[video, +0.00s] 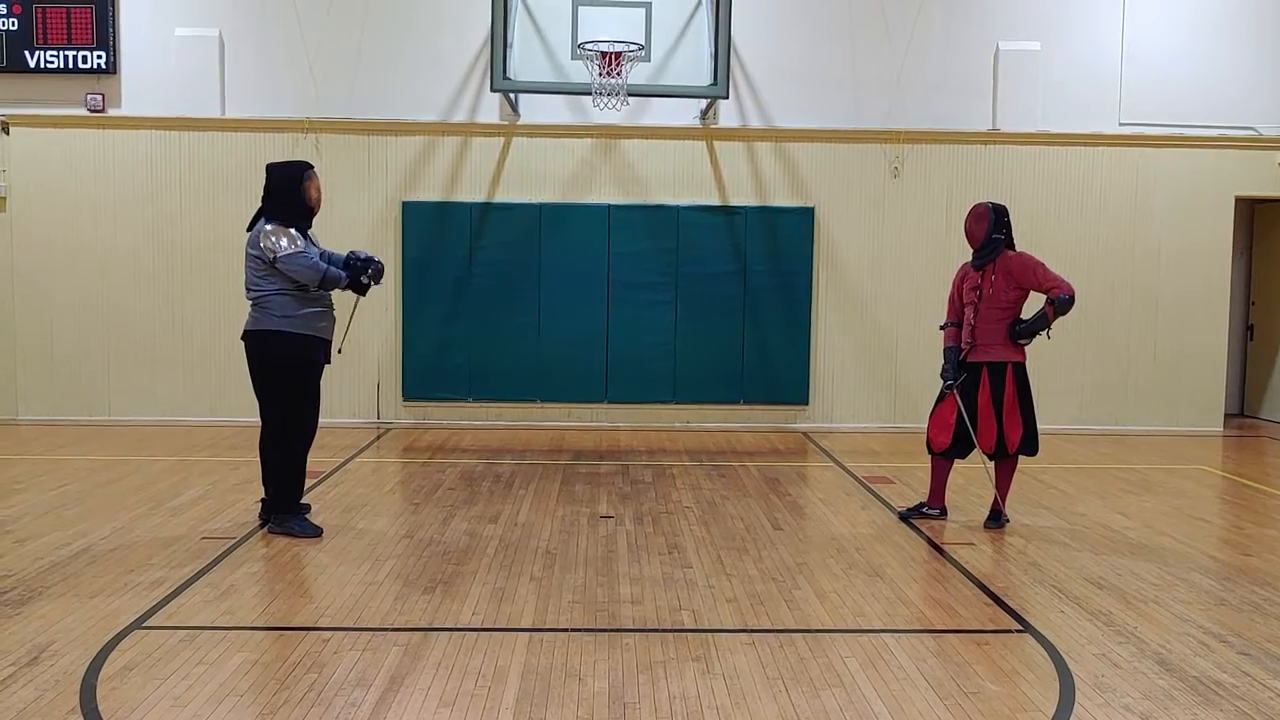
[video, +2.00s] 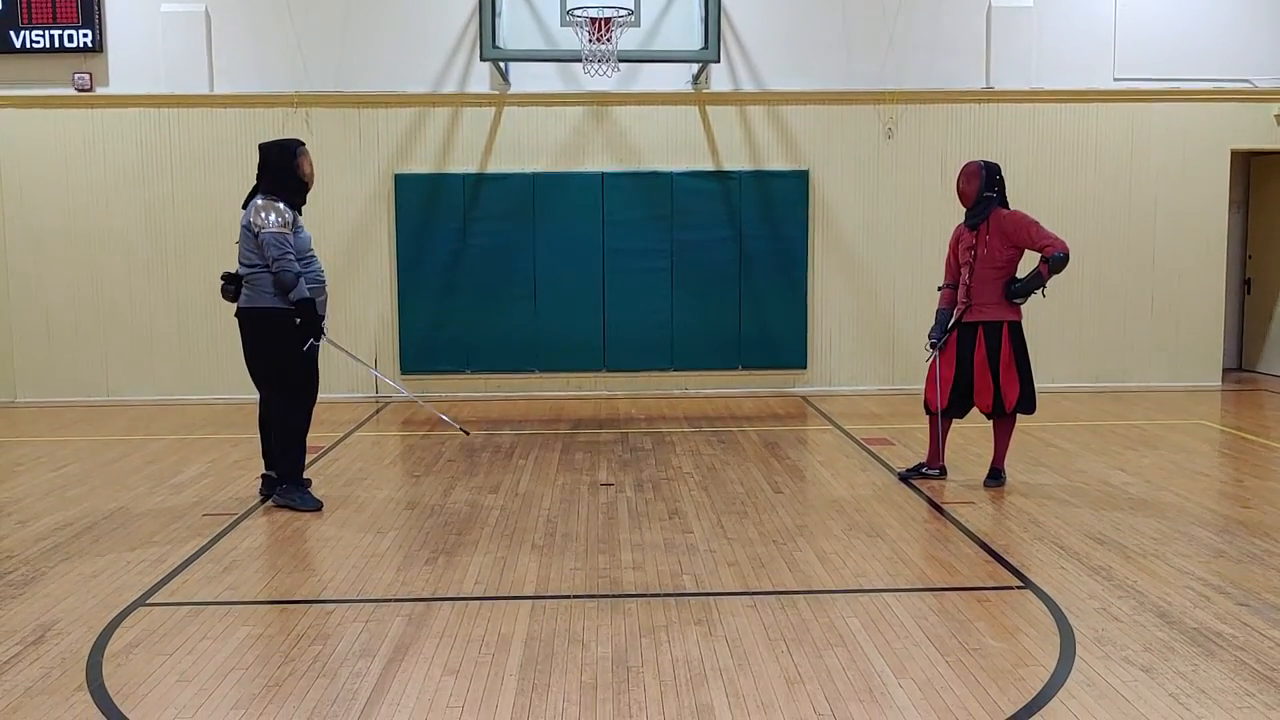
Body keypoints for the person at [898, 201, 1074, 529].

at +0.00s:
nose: (968, 232)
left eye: (974, 225)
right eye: (969, 225)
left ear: (992, 227)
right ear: (980, 228)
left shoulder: (1016, 263)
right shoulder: (966, 272)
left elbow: (1064, 293)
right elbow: (953, 320)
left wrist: (1032, 326)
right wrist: (950, 361)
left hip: (1004, 365)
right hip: (967, 365)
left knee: (1006, 435)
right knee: (943, 428)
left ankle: (998, 508)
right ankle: (935, 503)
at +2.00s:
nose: (959, 189)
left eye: (965, 182)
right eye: (959, 182)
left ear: (984, 185)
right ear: (969, 186)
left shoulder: (1008, 220)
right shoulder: (961, 232)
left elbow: (1058, 251)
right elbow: (951, 283)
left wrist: (1028, 283)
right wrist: (940, 322)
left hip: (1000, 323)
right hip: (962, 324)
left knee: (1003, 394)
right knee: (938, 388)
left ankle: (997, 467)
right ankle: (934, 462)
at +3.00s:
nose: (963, 181)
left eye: (968, 174)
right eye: (962, 175)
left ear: (988, 175)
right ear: (969, 177)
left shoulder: (1014, 209)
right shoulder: (965, 218)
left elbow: (1062, 241)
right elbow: (941, 262)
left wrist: (1031, 273)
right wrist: (904, 287)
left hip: (1004, 309)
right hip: (967, 310)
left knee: (1005, 379)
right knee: (943, 373)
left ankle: (998, 454)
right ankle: (934, 450)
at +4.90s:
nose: (981, 168)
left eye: (986, 161)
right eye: (980, 161)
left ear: (1007, 162)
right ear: (987, 163)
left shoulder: (1033, 199)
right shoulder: (977, 204)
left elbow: (1079, 232)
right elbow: (937, 231)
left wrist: (1045, 262)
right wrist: (894, 239)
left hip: (1013, 300)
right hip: (975, 298)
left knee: (1013, 371)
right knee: (950, 363)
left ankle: (1006, 444)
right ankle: (943, 440)